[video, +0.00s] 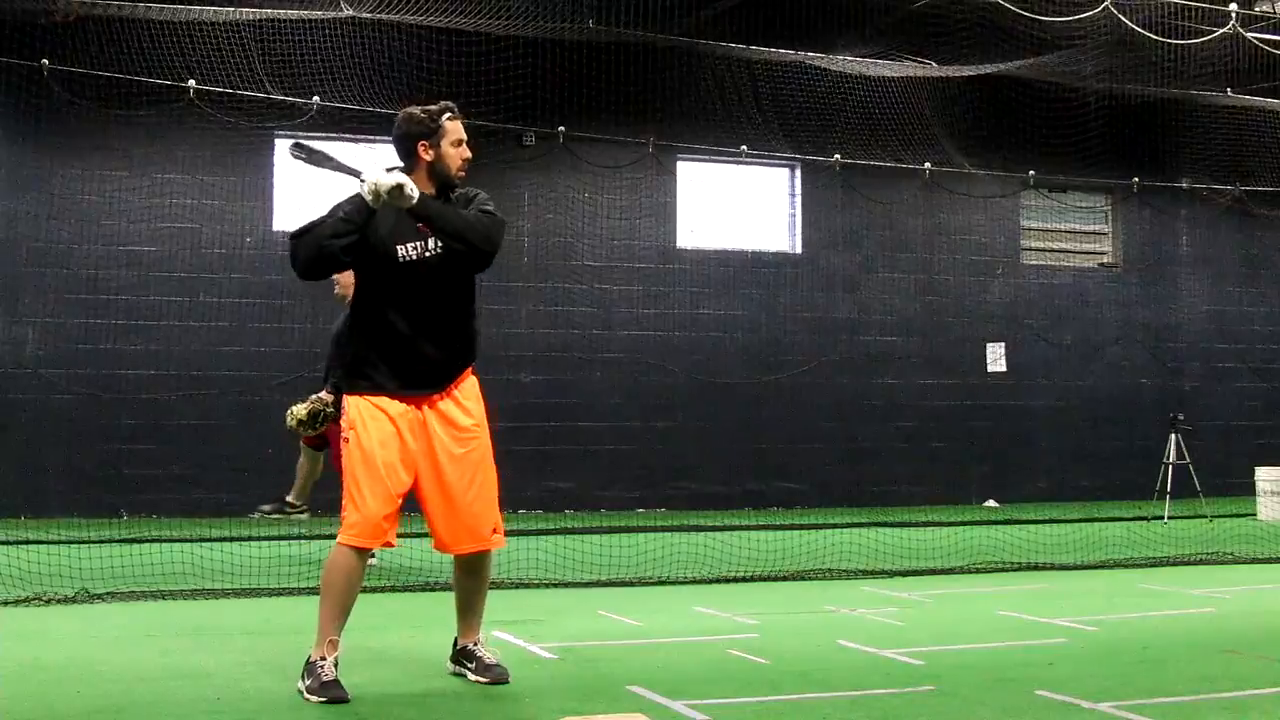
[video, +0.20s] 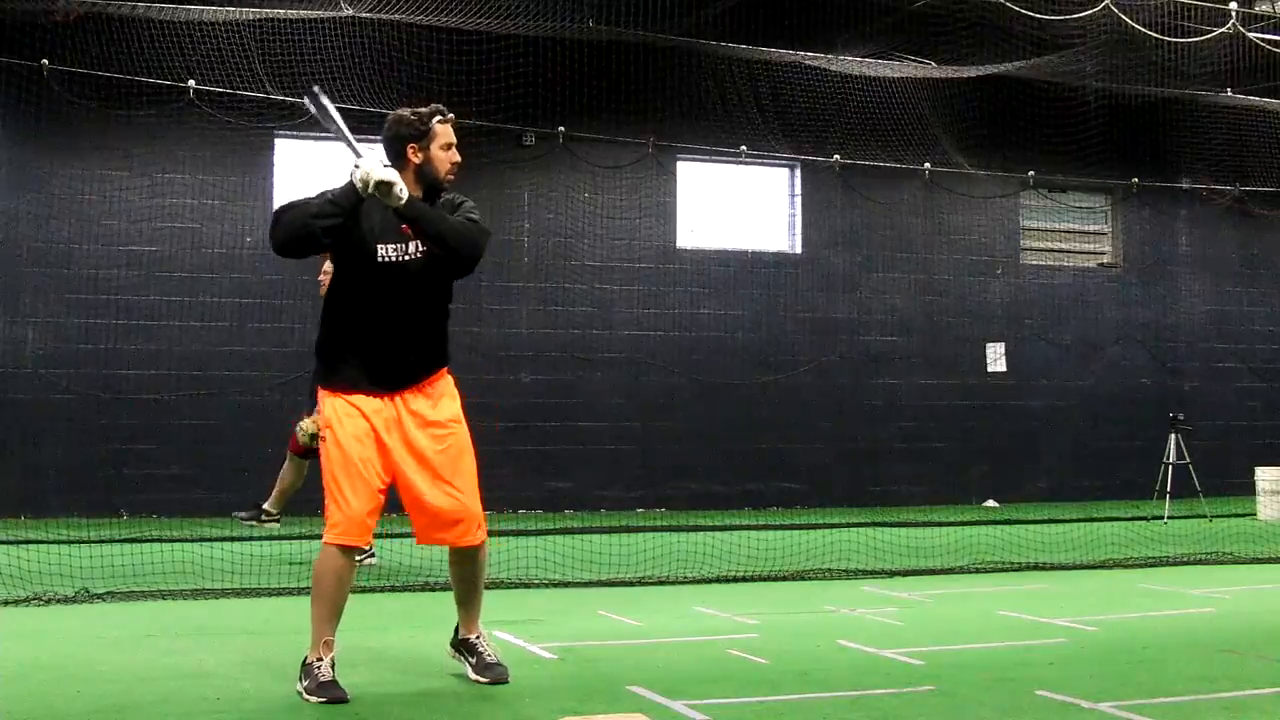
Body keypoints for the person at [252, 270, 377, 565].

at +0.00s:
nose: (335, 280)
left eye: (341, 273)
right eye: (335, 273)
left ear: (359, 277)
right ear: (349, 279)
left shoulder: (366, 319)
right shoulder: (353, 319)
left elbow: (351, 359)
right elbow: (341, 359)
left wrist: (330, 393)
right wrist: (328, 393)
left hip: (374, 401)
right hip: (345, 396)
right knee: (313, 435)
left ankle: (365, 540)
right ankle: (296, 501)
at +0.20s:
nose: (321, 278)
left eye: (327, 272)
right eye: (321, 271)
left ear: (345, 278)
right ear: (322, 276)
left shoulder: (356, 313)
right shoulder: (335, 312)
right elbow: (332, 370)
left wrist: (330, 418)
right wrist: (320, 410)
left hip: (361, 405)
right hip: (335, 400)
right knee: (302, 439)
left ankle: (363, 540)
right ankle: (271, 509)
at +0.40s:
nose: (305, 280)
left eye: (312, 274)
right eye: (306, 274)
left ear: (330, 280)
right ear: (311, 282)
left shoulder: (342, 313)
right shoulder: (313, 317)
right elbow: (308, 364)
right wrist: (301, 400)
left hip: (337, 403)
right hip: (304, 402)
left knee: (346, 476)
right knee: (296, 471)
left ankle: (359, 542)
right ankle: (289, 538)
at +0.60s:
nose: (289, 280)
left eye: (295, 275)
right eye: (289, 275)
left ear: (314, 281)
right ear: (299, 283)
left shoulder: (320, 315)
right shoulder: (297, 317)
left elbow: (330, 368)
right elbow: (293, 369)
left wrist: (326, 417)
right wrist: (271, 394)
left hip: (312, 412)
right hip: (287, 412)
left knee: (331, 479)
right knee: (293, 478)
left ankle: (350, 537)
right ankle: (289, 542)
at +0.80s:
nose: (275, 279)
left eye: (282, 274)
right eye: (276, 274)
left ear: (301, 279)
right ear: (293, 281)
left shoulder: (310, 312)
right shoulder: (288, 313)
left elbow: (326, 363)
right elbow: (292, 365)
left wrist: (302, 381)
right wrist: (267, 383)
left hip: (301, 403)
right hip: (285, 402)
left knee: (280, 466)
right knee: (290, 470)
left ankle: (322, 526)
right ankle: (288, 541)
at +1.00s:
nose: (271, 289)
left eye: (276, 282)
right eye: (272, 283)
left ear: (292, 284)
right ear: (289, 285)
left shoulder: (302, 312)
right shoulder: (286, 314)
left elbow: (309, 368)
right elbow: (282, 362)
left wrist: (273, 375)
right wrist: (260, 388)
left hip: (286, 408)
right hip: (281, 406)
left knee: (268, 468)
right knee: (289, 473)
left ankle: (266, 537)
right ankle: (290, 541)